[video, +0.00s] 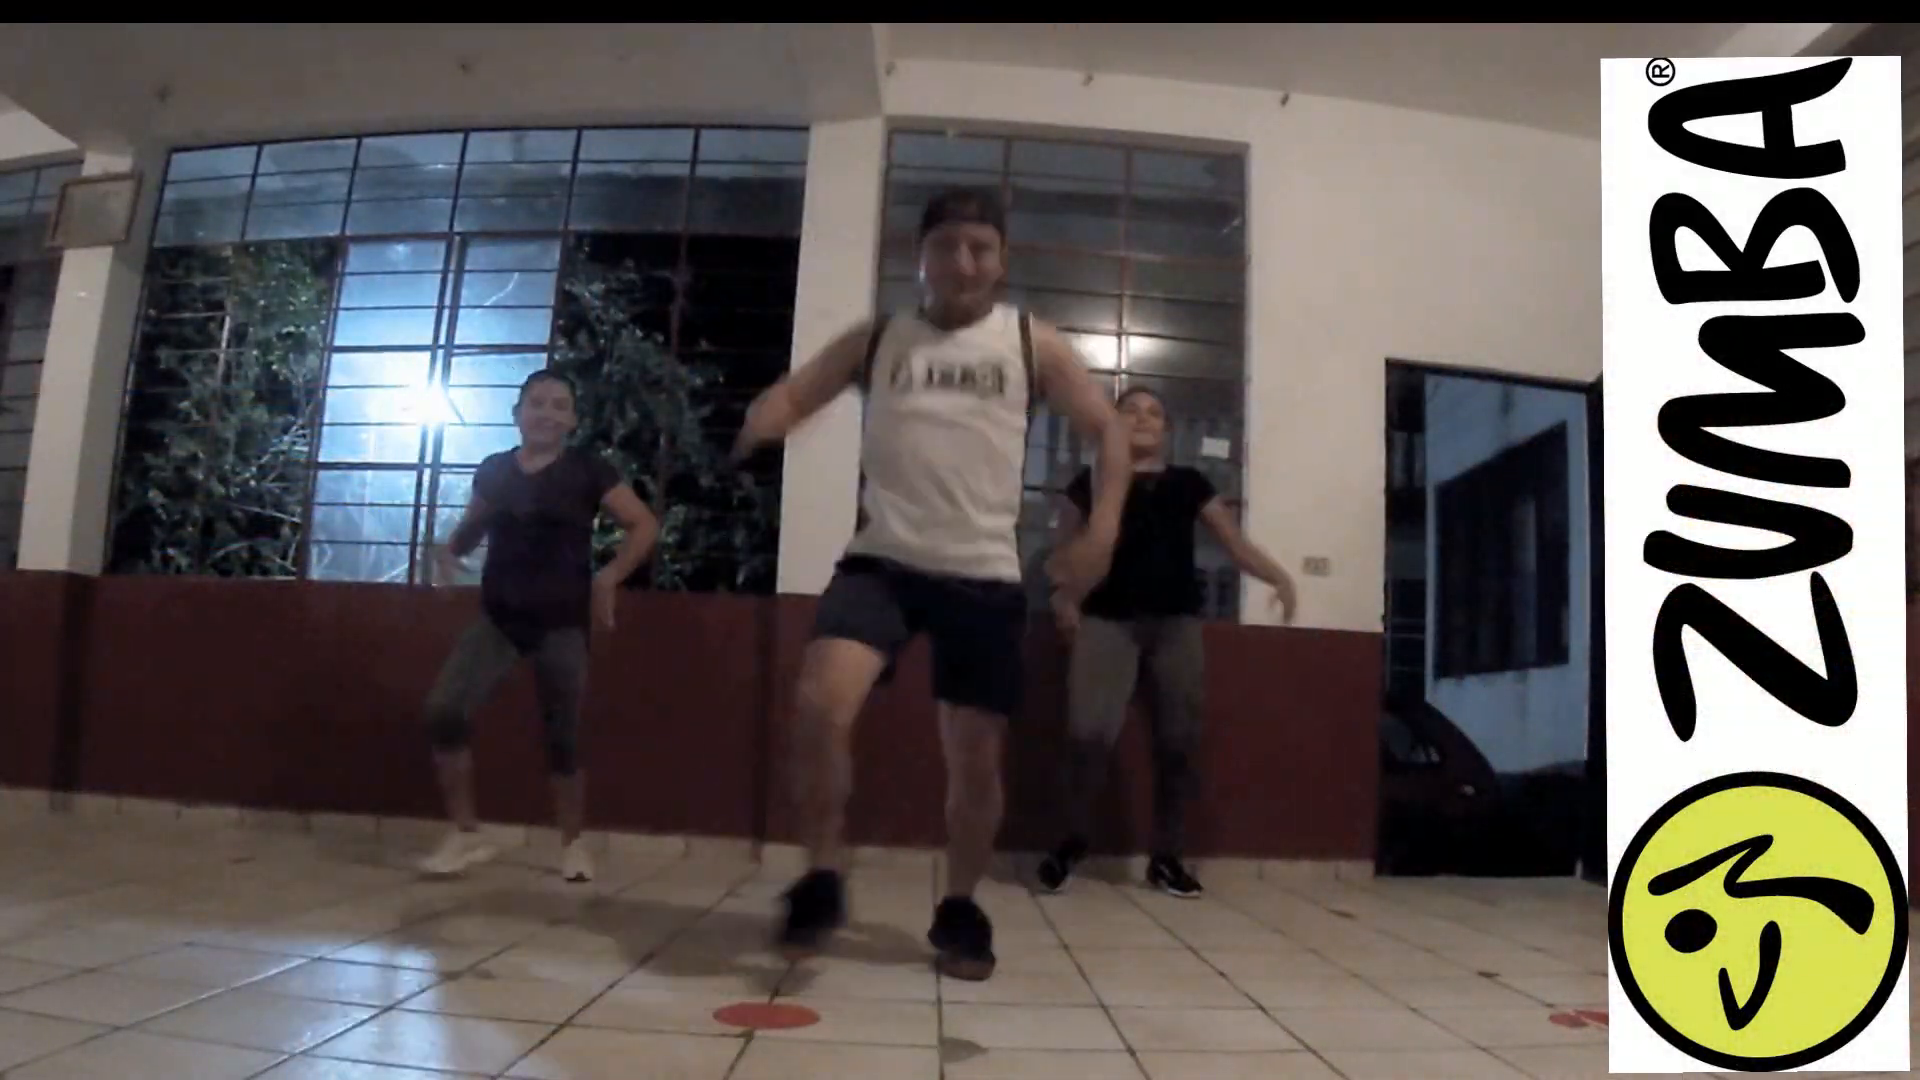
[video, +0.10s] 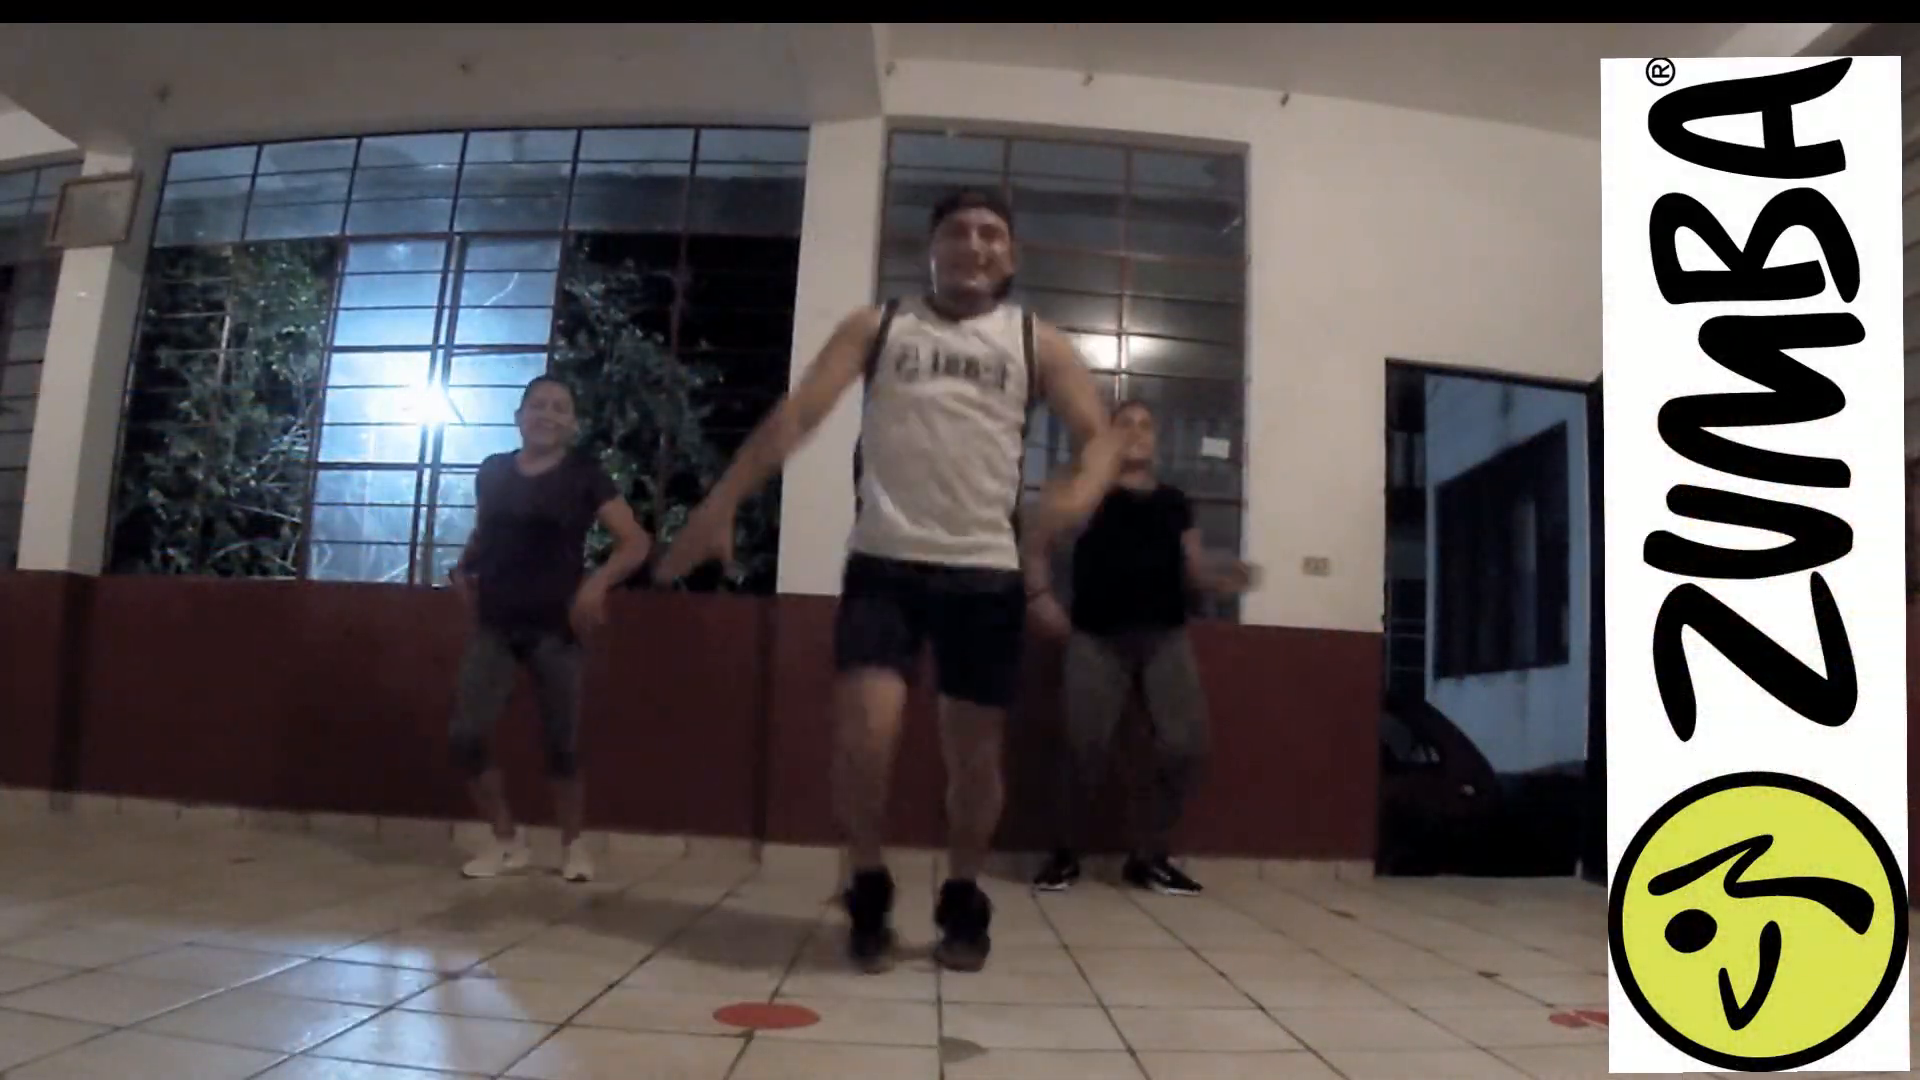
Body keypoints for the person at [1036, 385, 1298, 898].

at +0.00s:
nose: (1143, 420)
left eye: (1152, 414)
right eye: (1133, 413)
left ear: (1166, 429)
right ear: (1114, 426)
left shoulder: (1188, 484)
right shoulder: (1095, 483)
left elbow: (1235, 542)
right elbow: (1065, 549)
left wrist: (1282, 579)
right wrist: (1065, 600)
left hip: (1176, 624)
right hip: (1107, 622)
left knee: (1179, 739)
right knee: (1088, 735)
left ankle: (1167, 856)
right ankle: (1069, 845)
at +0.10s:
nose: (1136, 436)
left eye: (1144, 427)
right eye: (1126, 427)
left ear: (1155, 439)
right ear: (1108, 438)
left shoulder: (1172, 503)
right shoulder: (1084, 496)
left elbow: (1194, 570)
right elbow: (1037, 541)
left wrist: (1230, 576)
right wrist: (1042, 597)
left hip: (1164, 639)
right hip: (1095, 637)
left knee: (1182, 743)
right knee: (1083, 746)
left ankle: (1150, 855)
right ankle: (1066, 854)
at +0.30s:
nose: (1130, 444)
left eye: (1139, 437)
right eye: (1119, 436)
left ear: (1152, 451)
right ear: (1102, 449)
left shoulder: (1173, 507)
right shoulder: (1079, 503)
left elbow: (1220, 555)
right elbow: (1030, 564)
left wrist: (1203, 490)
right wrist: (1047, 610)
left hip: (1158, 648)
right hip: (1092, 649)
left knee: (1220, 724)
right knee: (1077, 751)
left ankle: (1191, 849)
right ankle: (1063, 855)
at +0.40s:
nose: (1134, 424)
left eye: (1143, 417)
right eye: (1124, 418)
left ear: (1160, 430)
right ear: (1110, 434)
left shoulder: (1184, 485)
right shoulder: (1090, 491)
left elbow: (1254, 462)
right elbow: (1065, 555)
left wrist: (1254, 387)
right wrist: (1068, 601)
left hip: (1176, 624)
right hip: (1106, 625)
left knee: (1221, 725)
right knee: (1077, 724)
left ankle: (1250, 864)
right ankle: (1062, 849)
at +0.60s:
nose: (1167, 436)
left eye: (1176, 428)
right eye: (1156, 431)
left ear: (1194, 440)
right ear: (1142, 447)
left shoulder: (1224, 481)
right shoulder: (1133, 515)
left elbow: (1273, 402)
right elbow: (1111, 575)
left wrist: (1315, 324)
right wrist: (1114, 597)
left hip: (1221, 636)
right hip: (1149, 638)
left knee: (1249, 751)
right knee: (1104, 740)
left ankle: (1270, 880)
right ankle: (1074, 858)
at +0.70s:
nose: (1185, 433)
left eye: (1194, 427)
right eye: (1175, 428)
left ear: (1212, 439)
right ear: (1158, 443)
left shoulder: (1241, 478)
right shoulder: (1148, 500)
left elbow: (1294, 401)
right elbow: (1124, 576)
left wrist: (1324, 325)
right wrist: (1137, 517)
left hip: (1241, 632)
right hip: (1167, 633)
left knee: (1260, 753)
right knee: (1092, 726)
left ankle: (1271, 880)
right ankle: (1075, 854)